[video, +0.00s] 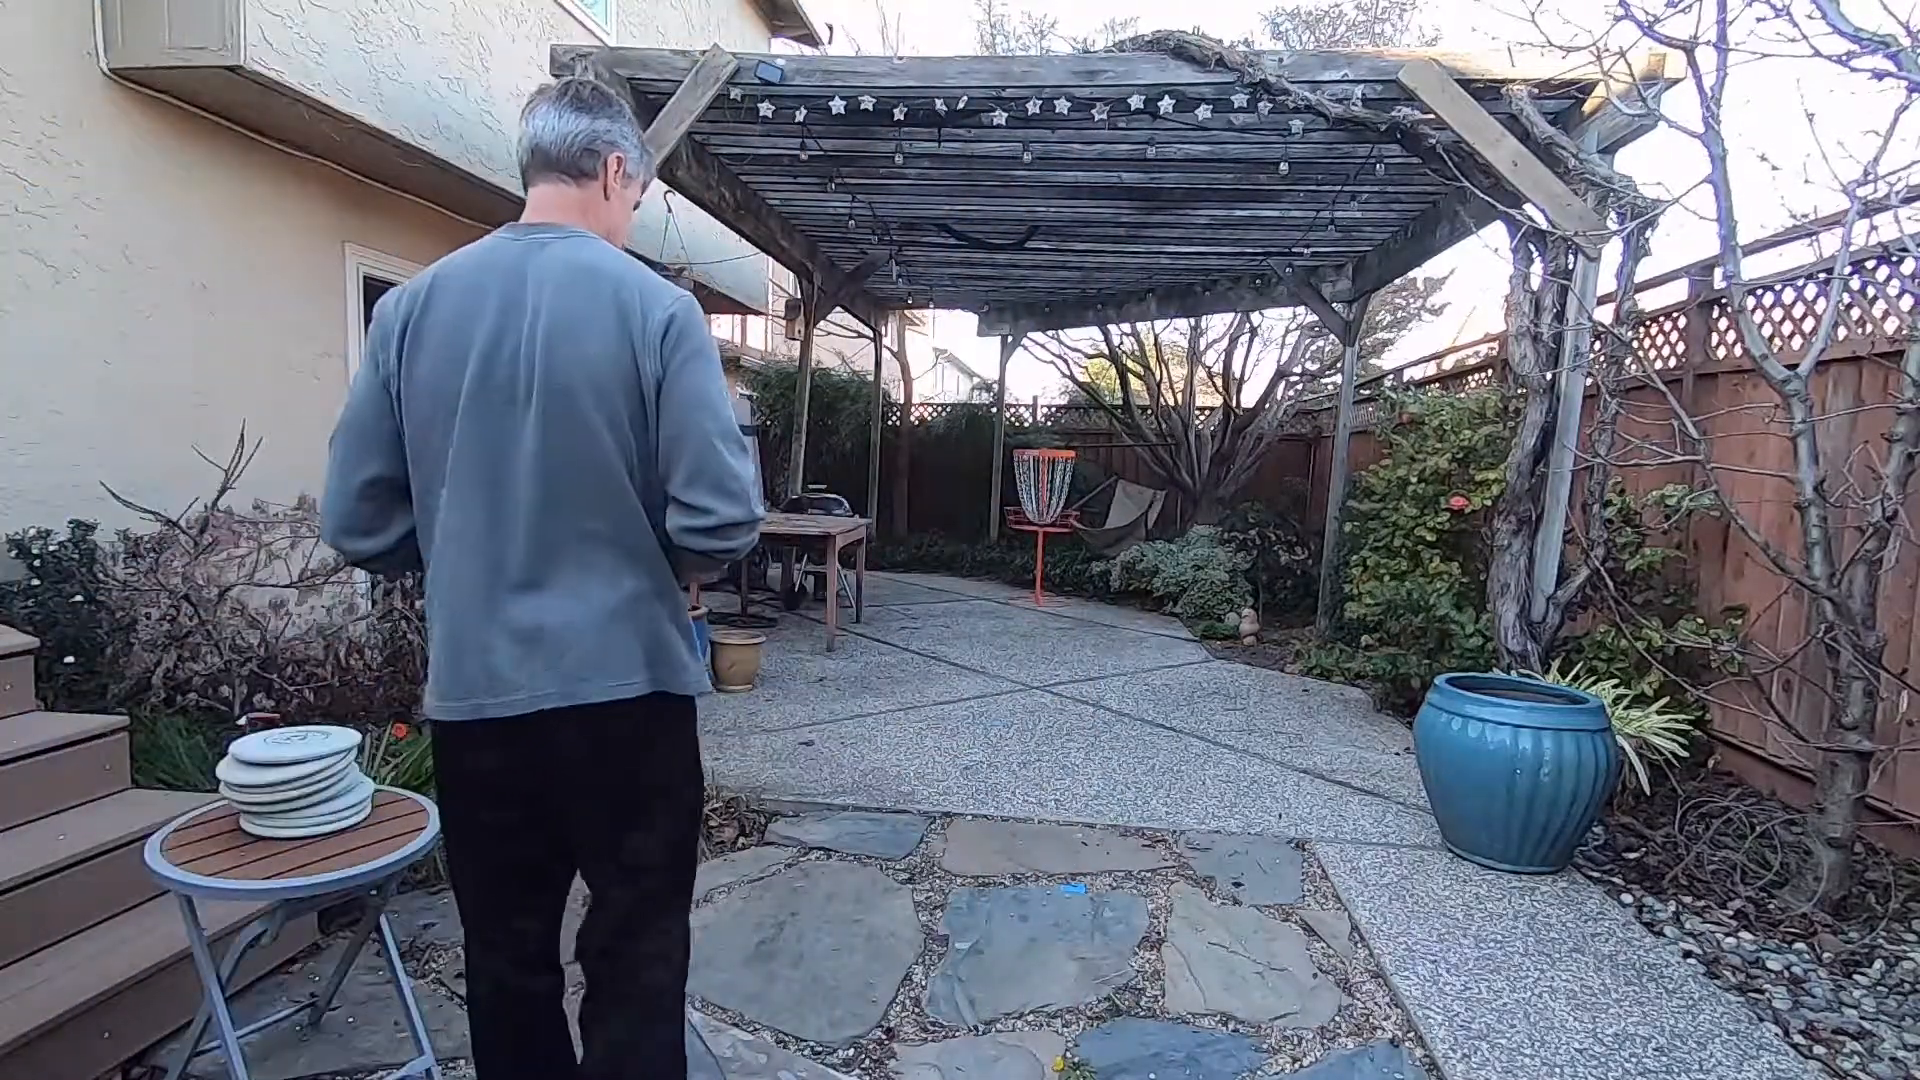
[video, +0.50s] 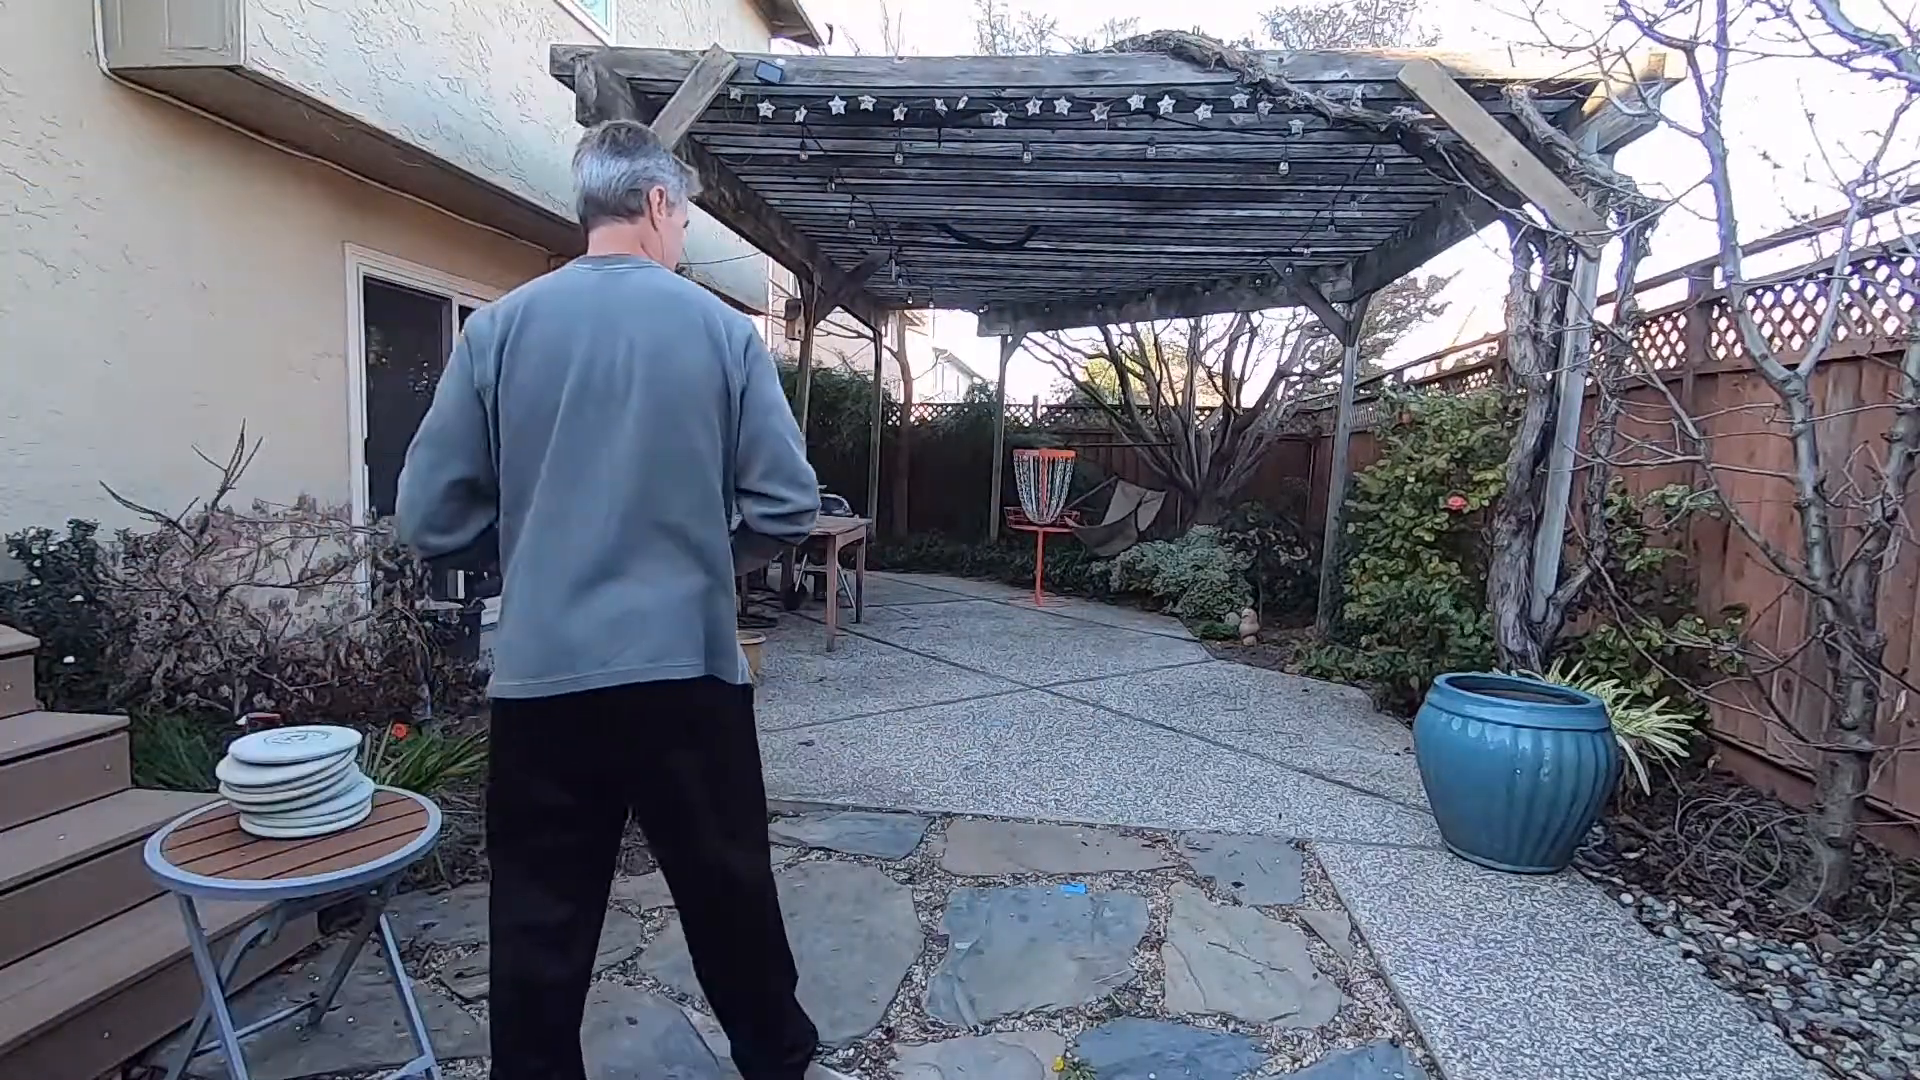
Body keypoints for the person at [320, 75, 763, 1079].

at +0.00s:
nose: (637, 214)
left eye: (637, 193)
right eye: (640, 192)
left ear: (524, 178)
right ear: (615, 173)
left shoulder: (413, 305)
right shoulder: (655, 306)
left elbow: (355, 517)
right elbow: (720, 515)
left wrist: (467, 525)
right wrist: (664, 551)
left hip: (477, 713)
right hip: (630, 703)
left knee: (507, 980)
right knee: (638, 978)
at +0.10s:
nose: (628, 224)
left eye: (630, 201)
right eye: (630, 198)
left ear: (514, 182)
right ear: (600, 174)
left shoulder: (414, 312)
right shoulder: (650, 304)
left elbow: (367, 522)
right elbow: (711, 505)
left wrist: (476, 527)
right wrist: (664, 555)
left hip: (481, 705)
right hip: (637, 695)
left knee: (511, 975)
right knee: (672, 922)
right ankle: (655, 1070)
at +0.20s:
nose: (625, 224)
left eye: (628, 203)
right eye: (626, 199)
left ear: (515, 184)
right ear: (597, 176)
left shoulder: (419, 316)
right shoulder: (652, 302)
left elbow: (381, 523)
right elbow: (722, 494)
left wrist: (483, 542)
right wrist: (667, 559)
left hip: (490, 695)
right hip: (644, 686)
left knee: (514, 964)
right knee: (695, 915)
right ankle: (705, 1072)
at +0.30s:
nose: (634, 221)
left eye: (634, 202)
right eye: (637, 200)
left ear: (527, 192)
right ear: (610, 184)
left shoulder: (431, 320)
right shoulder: (661, 304)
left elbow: (391, 523)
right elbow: (740, 495)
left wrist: (496, 550)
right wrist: (657, 556)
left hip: (499, 687)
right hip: (652, 676)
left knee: (521, 949)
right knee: (719, 916)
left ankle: (527, 1079)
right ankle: (766, 1064)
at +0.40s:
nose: (652, 229)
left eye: (653, 211)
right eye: (653, 209)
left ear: (548, 205)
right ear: (627, 196)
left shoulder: (461, 322)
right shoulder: (686, 313)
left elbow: (405, 523)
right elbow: (759, 497)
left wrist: (508, 526)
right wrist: (673, 539)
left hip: (514, 684)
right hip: (665, 673)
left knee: (525, 944)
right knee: (728, 906)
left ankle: (526, 1076)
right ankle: (780, 1058)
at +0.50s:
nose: (684, 236)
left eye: (683, 220)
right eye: (682, 217)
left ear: (583, 215)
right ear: (656, 207)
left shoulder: (501, 325)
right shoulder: (721, 326)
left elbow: (428, 515)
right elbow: (785, 501)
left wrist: (526, 508)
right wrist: (698, 519)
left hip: (542, 679)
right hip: (688, 674)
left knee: (536, 930)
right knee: (732, 904)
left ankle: (530, 1074)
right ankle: (781, 1061)